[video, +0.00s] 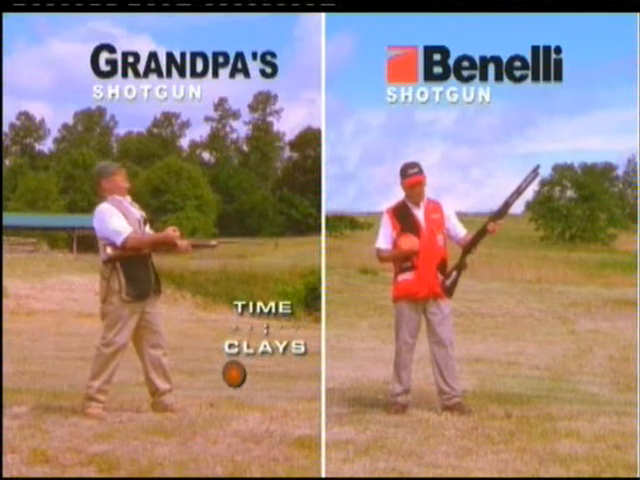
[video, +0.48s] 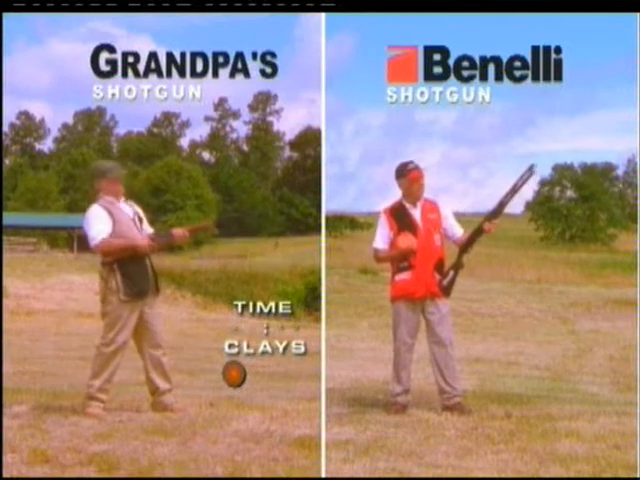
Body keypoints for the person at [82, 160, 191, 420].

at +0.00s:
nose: (126, 182)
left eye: (125, 178)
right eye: (121, 178)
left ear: (118, 182)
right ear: (105, 184)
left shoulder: (130, 205)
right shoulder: (105, 211)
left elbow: (143, 238)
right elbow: (127, 240)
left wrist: (171, 243)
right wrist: (161, 238)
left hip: (144, 276)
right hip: (120, 280)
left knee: (154, 343)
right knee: (113, 342)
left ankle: (162, 397)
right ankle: (94, 400)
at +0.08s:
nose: (118, 180)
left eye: (116, 175)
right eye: (111, 177)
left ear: (115, 181)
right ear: (99, 186)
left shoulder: (128, 205)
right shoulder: (103, 210)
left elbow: (143, 237)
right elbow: (122, 240)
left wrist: (172, 243)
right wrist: (156, 237)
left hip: (144, 273)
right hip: (120, 277)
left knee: (154, 343)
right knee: (113, 342)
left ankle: (163, 398)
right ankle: (94, 400)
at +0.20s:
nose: (113, 178)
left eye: (111, 175)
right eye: (105, 176)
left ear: (113, 183)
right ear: (94, 189)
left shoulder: (130, 207)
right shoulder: (100, 212)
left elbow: (145, 238)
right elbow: (111, 248)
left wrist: (171, 242)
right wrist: (149, 240)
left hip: (145, 269)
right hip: (121, 273)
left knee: (154, 341)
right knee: (114, 340)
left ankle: (162, 397)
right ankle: (95, 399)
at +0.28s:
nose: (111, 177)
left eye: (109, 174)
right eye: (104, 175)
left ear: (112, 182)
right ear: (93, 188)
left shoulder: (130, 206)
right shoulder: (98, 211)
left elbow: (148, 237)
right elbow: (108, 246)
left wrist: (171, 240)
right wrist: (145, 243)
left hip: (145, 272)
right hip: (120, 276)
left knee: (154, 342)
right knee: (114, 341)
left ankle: (163, 397)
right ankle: (95, 399)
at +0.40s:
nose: (117, 186)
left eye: (117, 181)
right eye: (111, 182)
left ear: (118, 182)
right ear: (98, 187)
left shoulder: (132, 207)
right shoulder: (97, 211)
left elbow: (147, 237)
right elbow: (103, 246)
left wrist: (172, 237)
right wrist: (137, 246)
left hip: (145, 279)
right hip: (119, 283)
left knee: (154, 344)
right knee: (113, 343)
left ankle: (163, 397)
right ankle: (95, 399)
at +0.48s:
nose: (119, 185)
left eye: (119, 180)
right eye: (114, 181)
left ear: (119, 183)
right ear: (101, 184)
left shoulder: (132, 208)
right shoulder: (96, 212)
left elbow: (147, 238)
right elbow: (102, 246)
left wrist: (171, 237)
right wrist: (136, 246)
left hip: (144, 282)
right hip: (118, 285)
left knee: (154, 344)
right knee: (112, 343)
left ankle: (162, 397)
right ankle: (95, 399)